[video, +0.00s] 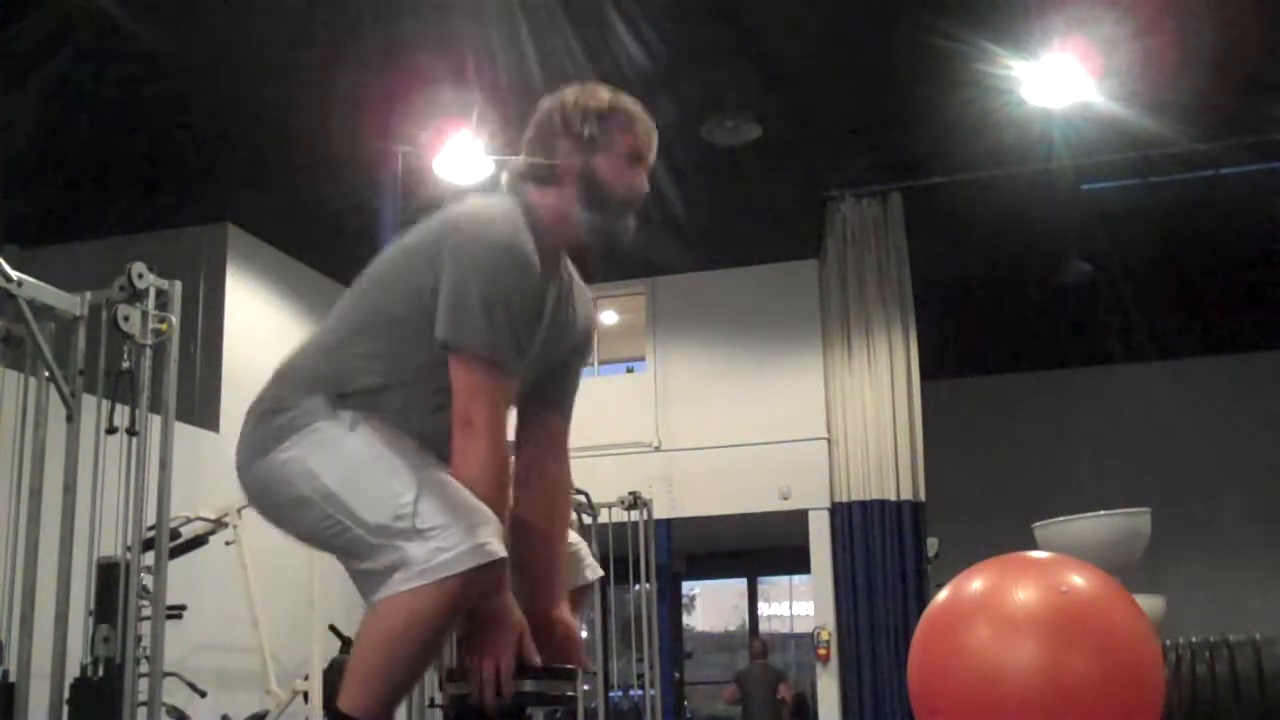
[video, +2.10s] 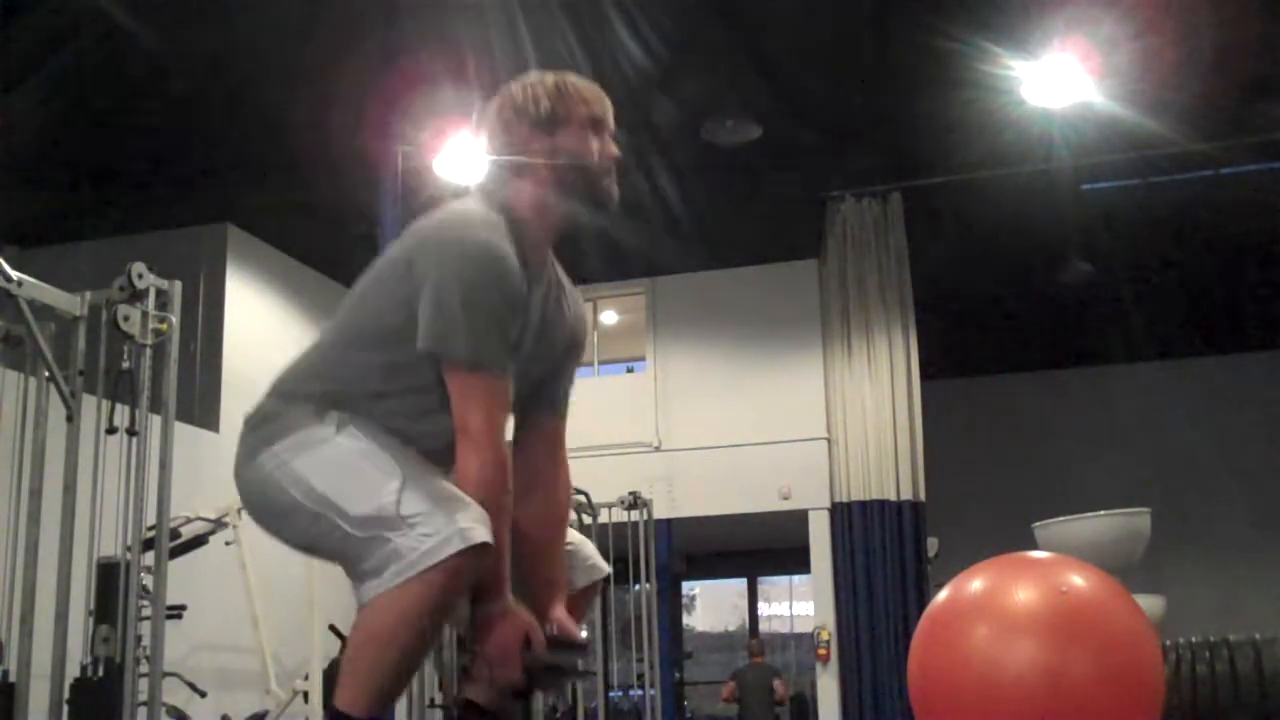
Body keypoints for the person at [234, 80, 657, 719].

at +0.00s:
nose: (645, 186)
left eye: (648, 168)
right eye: (632, 161)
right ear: (571, 154)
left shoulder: (572, 305)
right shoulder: (493, 237)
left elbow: (543, 460)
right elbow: (474, 430)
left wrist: (547, 605)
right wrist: (488, 601)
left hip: (397, 446)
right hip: (307, 427)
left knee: (566, 570)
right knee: (459, 548)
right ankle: (355, 709)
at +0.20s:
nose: (642, 206)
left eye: (642, 191)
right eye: (626, 185)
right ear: (567, 188)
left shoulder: (577, 342)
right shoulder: (500, 278)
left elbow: (546, 497)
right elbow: (478, 468)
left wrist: (547, 646)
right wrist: (482, 634)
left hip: (394, 477)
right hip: (301, 457)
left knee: (572, 578)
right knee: (465, 550)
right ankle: (357, 708)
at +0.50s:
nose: (604, 192)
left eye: (601, 177)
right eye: (584, 174)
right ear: (527, 186)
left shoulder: (567, 342)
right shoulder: (477, 286)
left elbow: (541, 494)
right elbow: (468, 475)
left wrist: (540, 636)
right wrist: (477, 640)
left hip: (392, 497)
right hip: (291, 485)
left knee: (574, 576)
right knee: (456, 546)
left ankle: (484, 710)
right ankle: (355, 711)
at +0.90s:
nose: (562, 93)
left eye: (559, 77)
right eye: (544, 74)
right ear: (483, 86)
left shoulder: (533, 248)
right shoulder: (440, 190)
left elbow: (526, 398)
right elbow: (456, 377)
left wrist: (538, 537)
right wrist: (479, 527)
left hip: (388, 421)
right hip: (297, 404)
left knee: (551, 563)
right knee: (434, 538)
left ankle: (472, 709)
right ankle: (347, 710)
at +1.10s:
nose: (546, 27)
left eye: (548, 16)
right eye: (531, 10)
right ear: (476, 18)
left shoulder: (529, 163)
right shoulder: (434, 95)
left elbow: (522, 305)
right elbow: (452, 272)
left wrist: (535, 439)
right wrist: (474, 419)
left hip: (409, 359)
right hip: (316, 337)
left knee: (512, 551)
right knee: (400, 519)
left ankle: (464, 709)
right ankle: (338, 711)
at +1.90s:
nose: (598, 77)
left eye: (596, 61)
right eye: (580, 58)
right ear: (518, 68)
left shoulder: (549, 235)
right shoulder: (460, 165)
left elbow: (536, 390)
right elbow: (466, 363)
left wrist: (545, 523)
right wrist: (484, 514)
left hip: (397, 404)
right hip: (302, 382)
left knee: (534, 567)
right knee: (412, 535)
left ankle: (476, 709)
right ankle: (343, 713)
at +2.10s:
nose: (615, 149)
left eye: (612, 134)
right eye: (594, 130)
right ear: (536, 144)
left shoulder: (563, 309)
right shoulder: (474, 244)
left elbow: (544, 455)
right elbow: (480, 445)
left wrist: (551, 605)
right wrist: (495, 605)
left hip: (404, 454)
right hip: (303, 433)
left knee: (575, 572)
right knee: (448, 541)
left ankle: (480, 706)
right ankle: (349, 710)